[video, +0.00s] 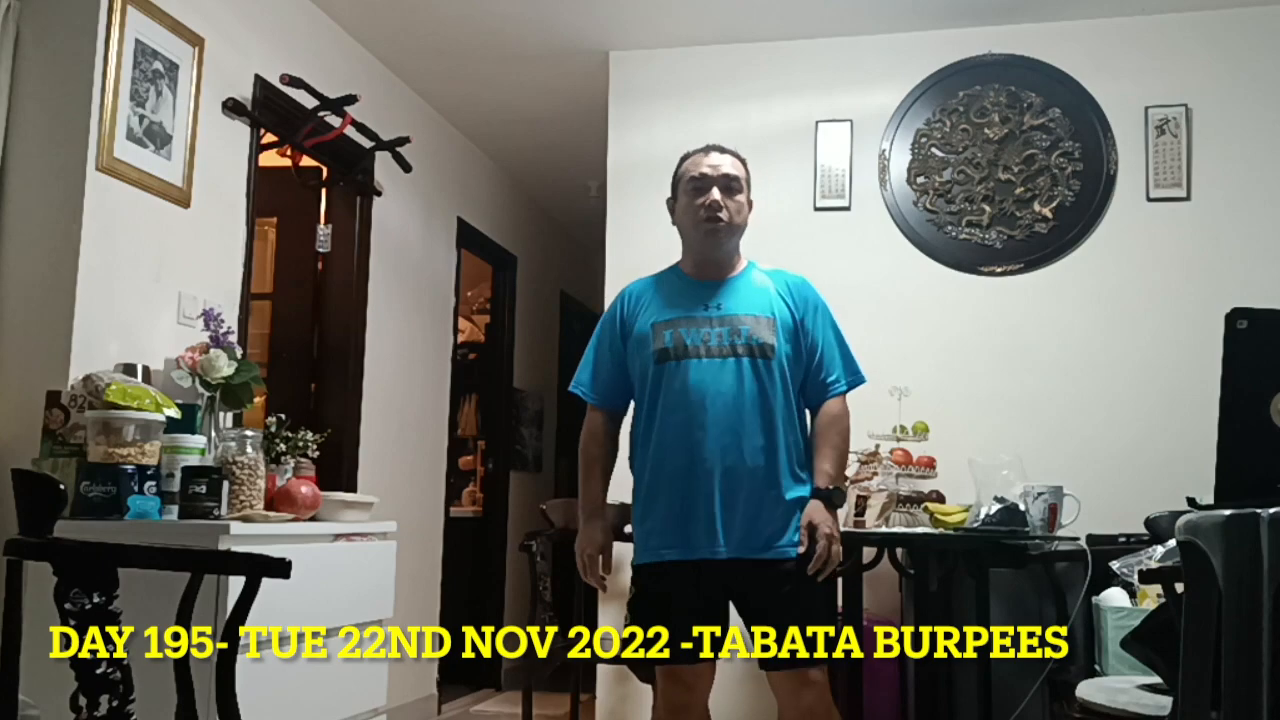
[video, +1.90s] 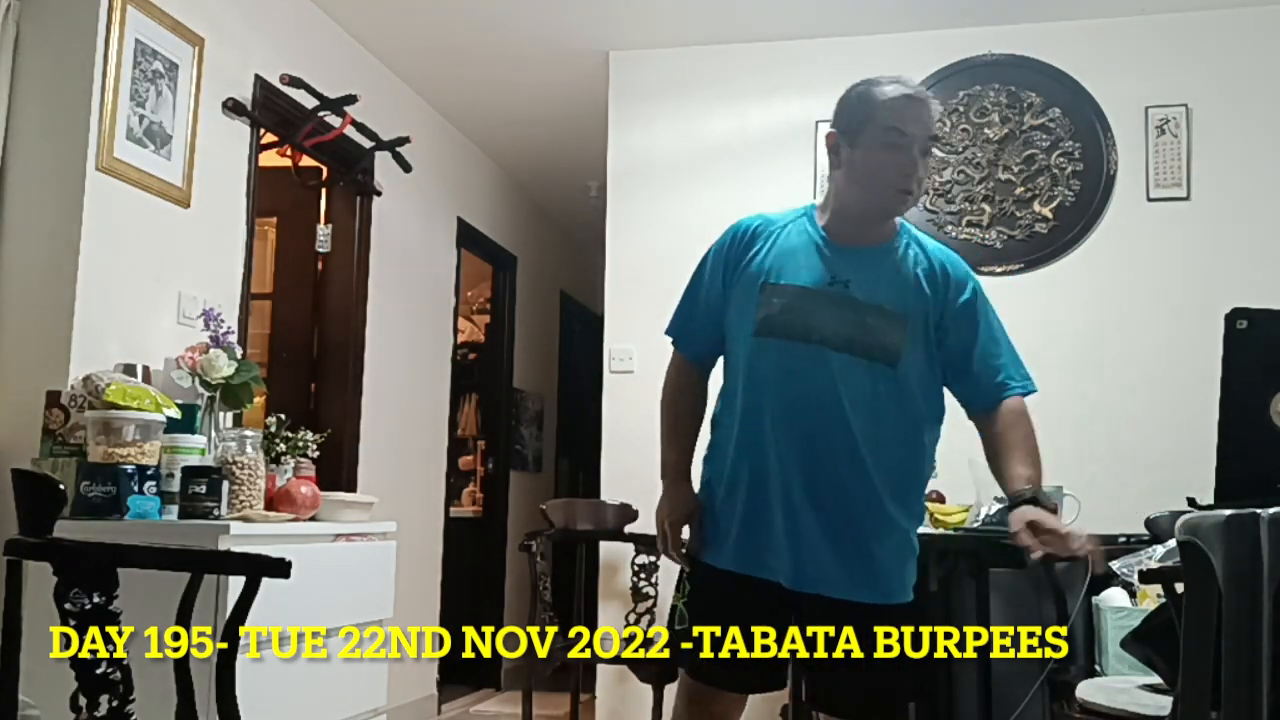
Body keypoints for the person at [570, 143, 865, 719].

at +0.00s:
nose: (714, 195)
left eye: (730, 186)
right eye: (697, 186)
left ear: (749, 209)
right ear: (673, 209)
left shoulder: (794, 296)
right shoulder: (635, 304)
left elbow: (832, 401)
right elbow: (600, 416)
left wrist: (825, 498)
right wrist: (592, 516)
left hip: (779, 537)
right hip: (672, 541)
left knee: (807, 690)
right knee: (678, 691)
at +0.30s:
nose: (780, 202)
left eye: (791, 191)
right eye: (761, 187)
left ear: (802, 207)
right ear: (720, 201)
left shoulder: (835, 301)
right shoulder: (668, 301)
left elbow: (885, 407)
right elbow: (629, 418)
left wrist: (896, 493)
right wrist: (625, 520)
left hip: (810, 557)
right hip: (695, 552)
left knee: (823, 706)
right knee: (690, 703)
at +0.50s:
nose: (874, 189)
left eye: (885, 175)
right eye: (856, 166)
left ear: (893, 188)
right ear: (804, 173)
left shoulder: (907, 294)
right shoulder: (731, 269)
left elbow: (964, 397)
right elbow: (683, 387)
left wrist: (994, 480)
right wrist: (674, 488)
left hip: (853, 550)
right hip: (736, 535)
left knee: (851, 709)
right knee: (694, 696)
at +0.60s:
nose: (911, 184)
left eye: (924, 170)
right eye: (894, 161)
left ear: (933, 183)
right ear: (841, 165)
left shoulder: (937, 289)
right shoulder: (758, 255)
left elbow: (1003, 385)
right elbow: (705, 368)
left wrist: (1048, 462)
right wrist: (690, 475)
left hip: (863, 560)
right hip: (746, 536)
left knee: (860, 712)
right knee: (701, 693)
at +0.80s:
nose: (966, 192)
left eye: (979, 176)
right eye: (949, 166)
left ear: (986, 183)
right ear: (891, 159)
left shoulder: (980, 295)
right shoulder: (793, 240)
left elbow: (1062, 379)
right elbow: (726, 349)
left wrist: (1135, 444)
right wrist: (706, 460)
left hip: (880, 570)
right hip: (762, 540)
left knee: (861, 714)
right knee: (726, 706)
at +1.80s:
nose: (949, 175)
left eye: (962, 160)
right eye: (931, 151)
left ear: (969, 167)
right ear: (873, 151)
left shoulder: (970, 287)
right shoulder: (773, 240)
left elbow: (1036, 393)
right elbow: (708, 353)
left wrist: (1090, 476)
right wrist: (692, 472)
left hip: (878, 572)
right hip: (752, 541)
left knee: (859, 717)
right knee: (711, 702)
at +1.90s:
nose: (918, 168)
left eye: (927, 151)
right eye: (898, 143)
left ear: (930, 164)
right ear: (837, 147)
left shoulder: (943, 280)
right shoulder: (750, 246)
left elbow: (1001, 399)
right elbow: (688, 366)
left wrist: (1026, 499)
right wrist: (676, 483)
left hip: (869, 571)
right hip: (743, 547)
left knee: (861, 715)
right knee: (705, 703)